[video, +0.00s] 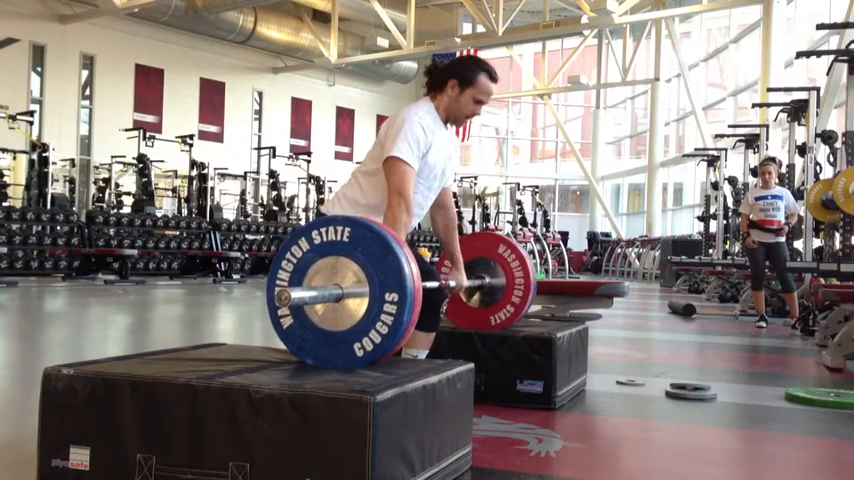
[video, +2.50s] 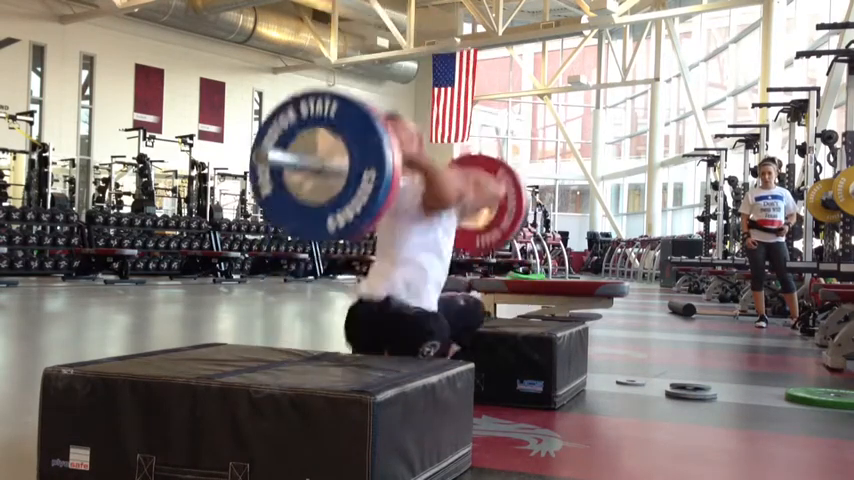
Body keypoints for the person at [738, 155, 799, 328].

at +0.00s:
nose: (766, 176)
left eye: (769, 173)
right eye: (763, 173)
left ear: (776, 174)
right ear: (759, 175)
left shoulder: (784, 193)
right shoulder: (751, 194)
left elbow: (794, 213)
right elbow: (744, 216)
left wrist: (788, 224)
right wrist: (746, 234)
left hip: (777, 240)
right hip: (757, 239)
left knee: (785, 276)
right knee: (757, 276)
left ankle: (795, 317)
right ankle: (761, 316)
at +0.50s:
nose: (766, 176)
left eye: (769, 173)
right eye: (763, 173)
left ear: (776, 174)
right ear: (759, 175)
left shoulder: (784, 193)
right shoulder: (751, 195)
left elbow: (794, 213)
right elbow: (744, 217)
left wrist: (788, 224)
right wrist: (746, 235)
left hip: (777, 240)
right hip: (756, 239)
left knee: (785, 276)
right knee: (757, 277)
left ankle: (795, 318)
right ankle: (761, 316)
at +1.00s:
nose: (766, 176)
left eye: (769, 173)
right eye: (763, 173)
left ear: (776, 174)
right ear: (759, 175)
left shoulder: (784, 193)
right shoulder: (751, 195)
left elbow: (793, 214)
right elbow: (744, 217)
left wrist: (787, 224)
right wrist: (746, 235)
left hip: (777, 240)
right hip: (756, 239)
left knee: (785, 276)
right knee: (757, 277)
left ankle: (795, 318)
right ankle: (761, 316)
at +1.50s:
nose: (766, 176)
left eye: (769, 173)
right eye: (763, 173)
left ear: (776, 174)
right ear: (759, 175)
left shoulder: (784, 193)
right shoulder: (751, 195)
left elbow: (793, 214)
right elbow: (744, 217)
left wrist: (787, 224)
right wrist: (746, 235)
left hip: (777, 240)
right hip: (756, 239)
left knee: (785, 276)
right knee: (757, 277)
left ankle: (795, 318)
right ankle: (761, 316)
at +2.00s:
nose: (766, 176)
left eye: (769, 173)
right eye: (763, 173)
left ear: (776, 174)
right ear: (759, 175)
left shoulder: (784, 194)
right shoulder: (751, 195)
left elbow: (793, 214)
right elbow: (744, 217)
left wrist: (787, 224)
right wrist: (746, 235)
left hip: (777, 240)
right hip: (756, 239)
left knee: (785, 276)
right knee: (757, 277)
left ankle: (795, 318)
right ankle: (761, 316)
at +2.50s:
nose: (766, 176)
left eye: (769, 173)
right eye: (763, 173)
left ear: (776, 174)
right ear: (759, 175)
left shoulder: (784, 193)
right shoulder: (751, 194)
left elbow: (792, 214)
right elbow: (744, 216)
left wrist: (787, 224)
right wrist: (746, 235)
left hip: (777, 240)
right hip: (757, 239)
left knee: (785, 276)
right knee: (757, 278)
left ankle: (795, 318)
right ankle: (761, 316)